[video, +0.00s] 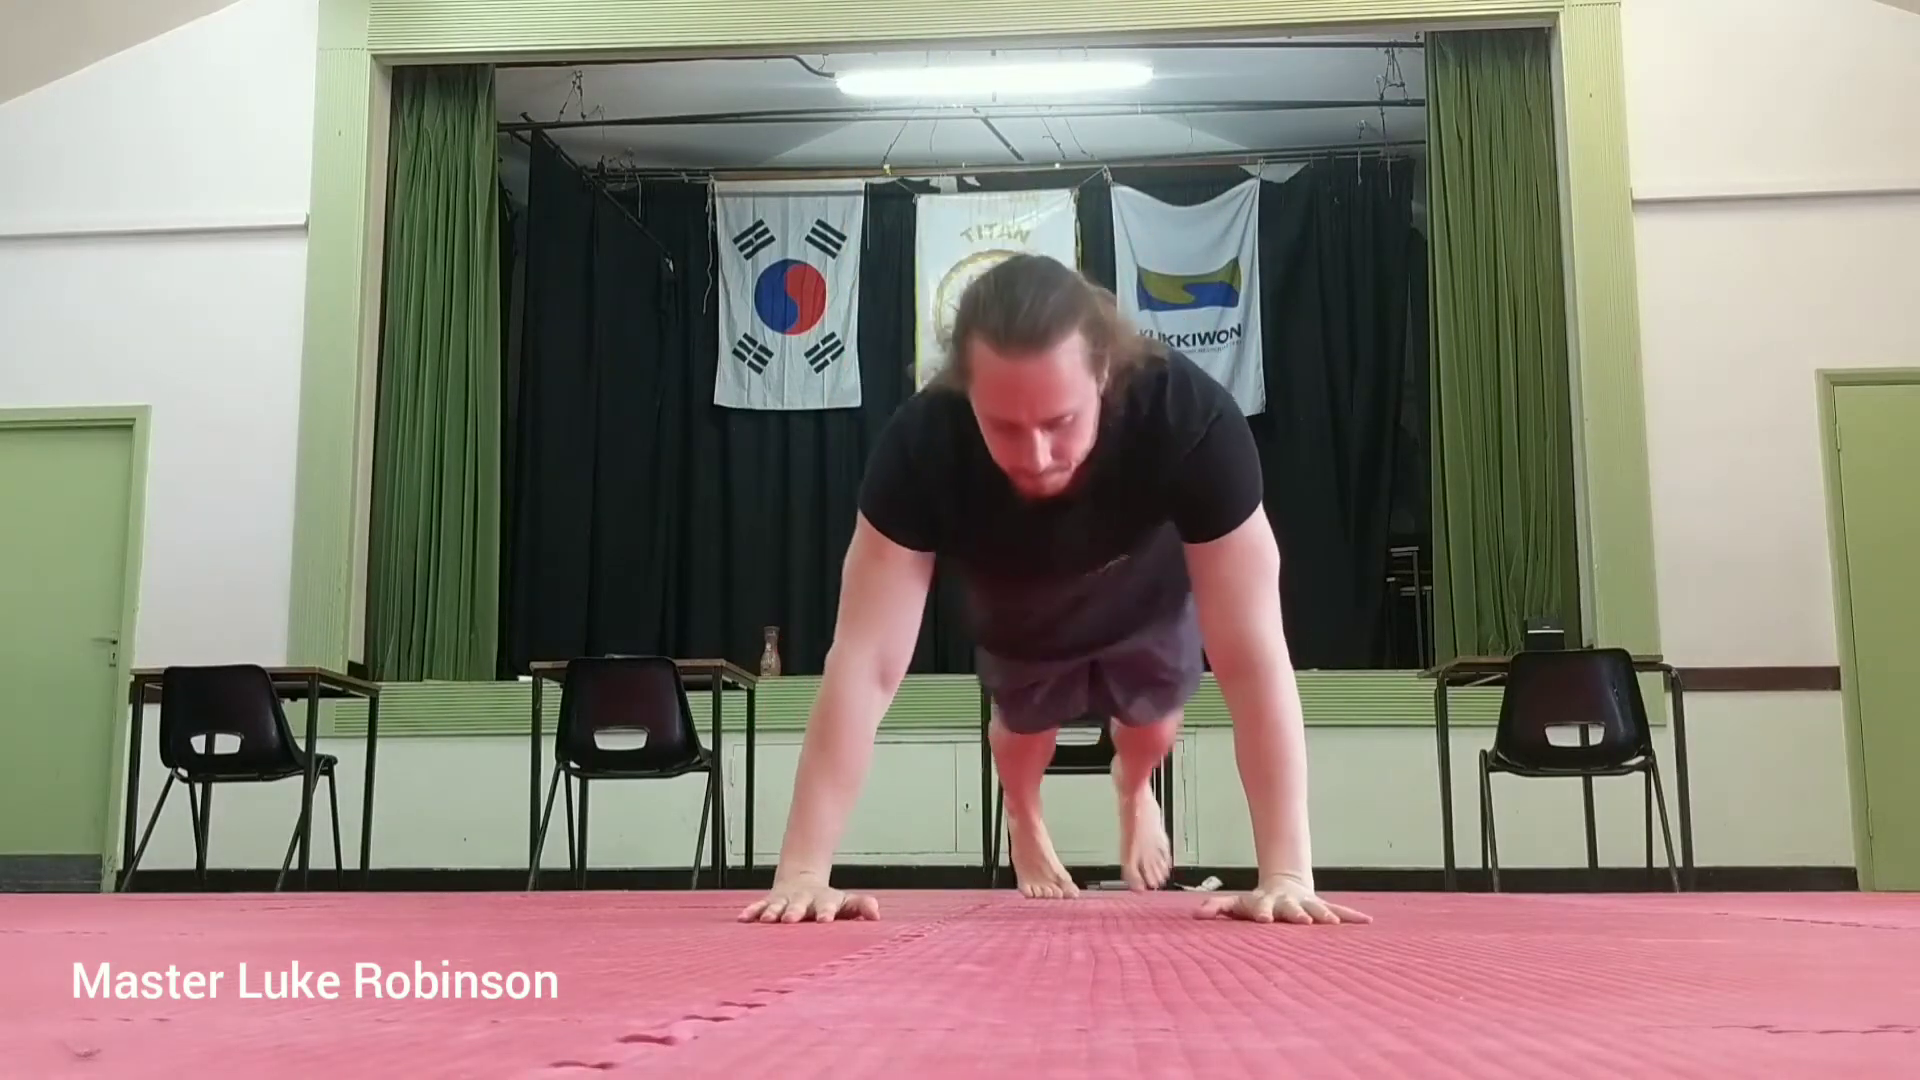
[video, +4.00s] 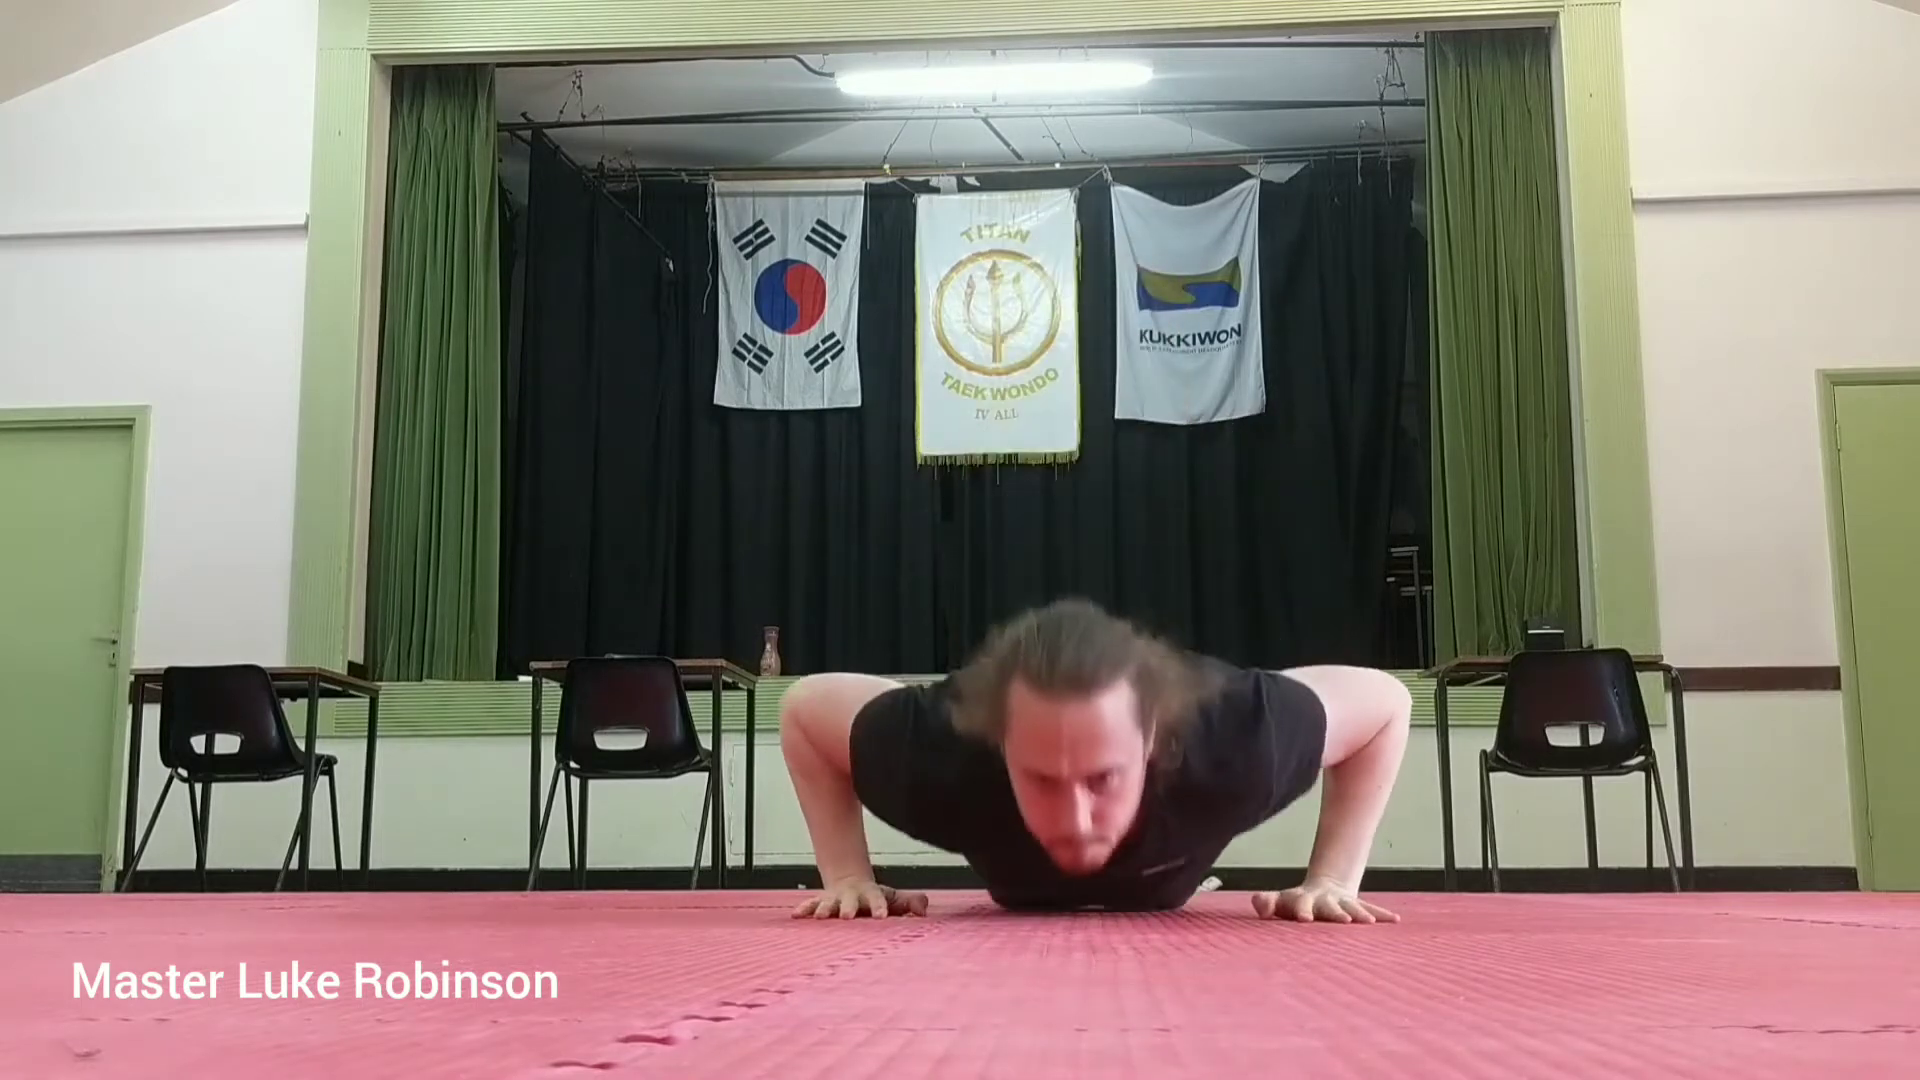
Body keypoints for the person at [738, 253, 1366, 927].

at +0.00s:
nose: (1034, 455)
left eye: (1059, 424)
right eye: (1006, 428)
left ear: (1106, 379)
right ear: (967, 392)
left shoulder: (1189, 423)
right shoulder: (925, 444)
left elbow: (1255, 657)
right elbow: (865, 668)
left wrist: (1286, 874)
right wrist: (802, 868)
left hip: (1151, 605)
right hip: (1018, 618)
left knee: (1151, 729)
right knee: (1026, 735)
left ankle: (1136, 795)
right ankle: (1025, 823)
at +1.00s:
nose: (1075, 451)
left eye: (1099, 419)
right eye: (1046, 423)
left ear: (1140, 379)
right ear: (1010, 389)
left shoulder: (1219, 443)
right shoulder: (957, 466)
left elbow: (1266, 666)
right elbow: (913, 674)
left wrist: (1298, 873)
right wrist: (874, 870)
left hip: (1167, 617)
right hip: (1040, 627)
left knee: (1155, 725)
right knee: (1050, 724)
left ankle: (1136, 817)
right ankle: (1052, 829)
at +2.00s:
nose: (1073, 415)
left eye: (1093, 379)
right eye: (1039, 387)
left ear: (1131, 348)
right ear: (1000, 365)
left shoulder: (1215, 442)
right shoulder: (946, 450)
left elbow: (1285, 664)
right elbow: (904, 664)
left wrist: (1325, 873)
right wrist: (854, 866)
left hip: (1145, 620)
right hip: (1016, 632)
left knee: (1142, 732)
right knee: (1045, 746)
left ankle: (1142, 825)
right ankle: (1067, 831)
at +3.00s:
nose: (1077, 750)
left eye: (1102, 714)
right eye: (1044, 716)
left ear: (1147, 680)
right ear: (999, 686)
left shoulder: (1229, 697)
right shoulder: (946, 705)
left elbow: (1380, 711)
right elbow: (800, 719)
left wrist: (1333, 875)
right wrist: (843, 872)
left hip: (1152, 844)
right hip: (1024, 858)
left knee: (1152, 872)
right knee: (1049, 887)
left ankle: (1157, 877)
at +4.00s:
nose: (1076, 815)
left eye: (1102, 780)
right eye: (1044, 783)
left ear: (1152, 743)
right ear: (1001, 748)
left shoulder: (1234, 741)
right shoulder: (946, 753)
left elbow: (1383, 706)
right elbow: (806, 713)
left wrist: (1334, 877)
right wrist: (845, 873)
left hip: (1170, 856)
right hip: (1014, 867)